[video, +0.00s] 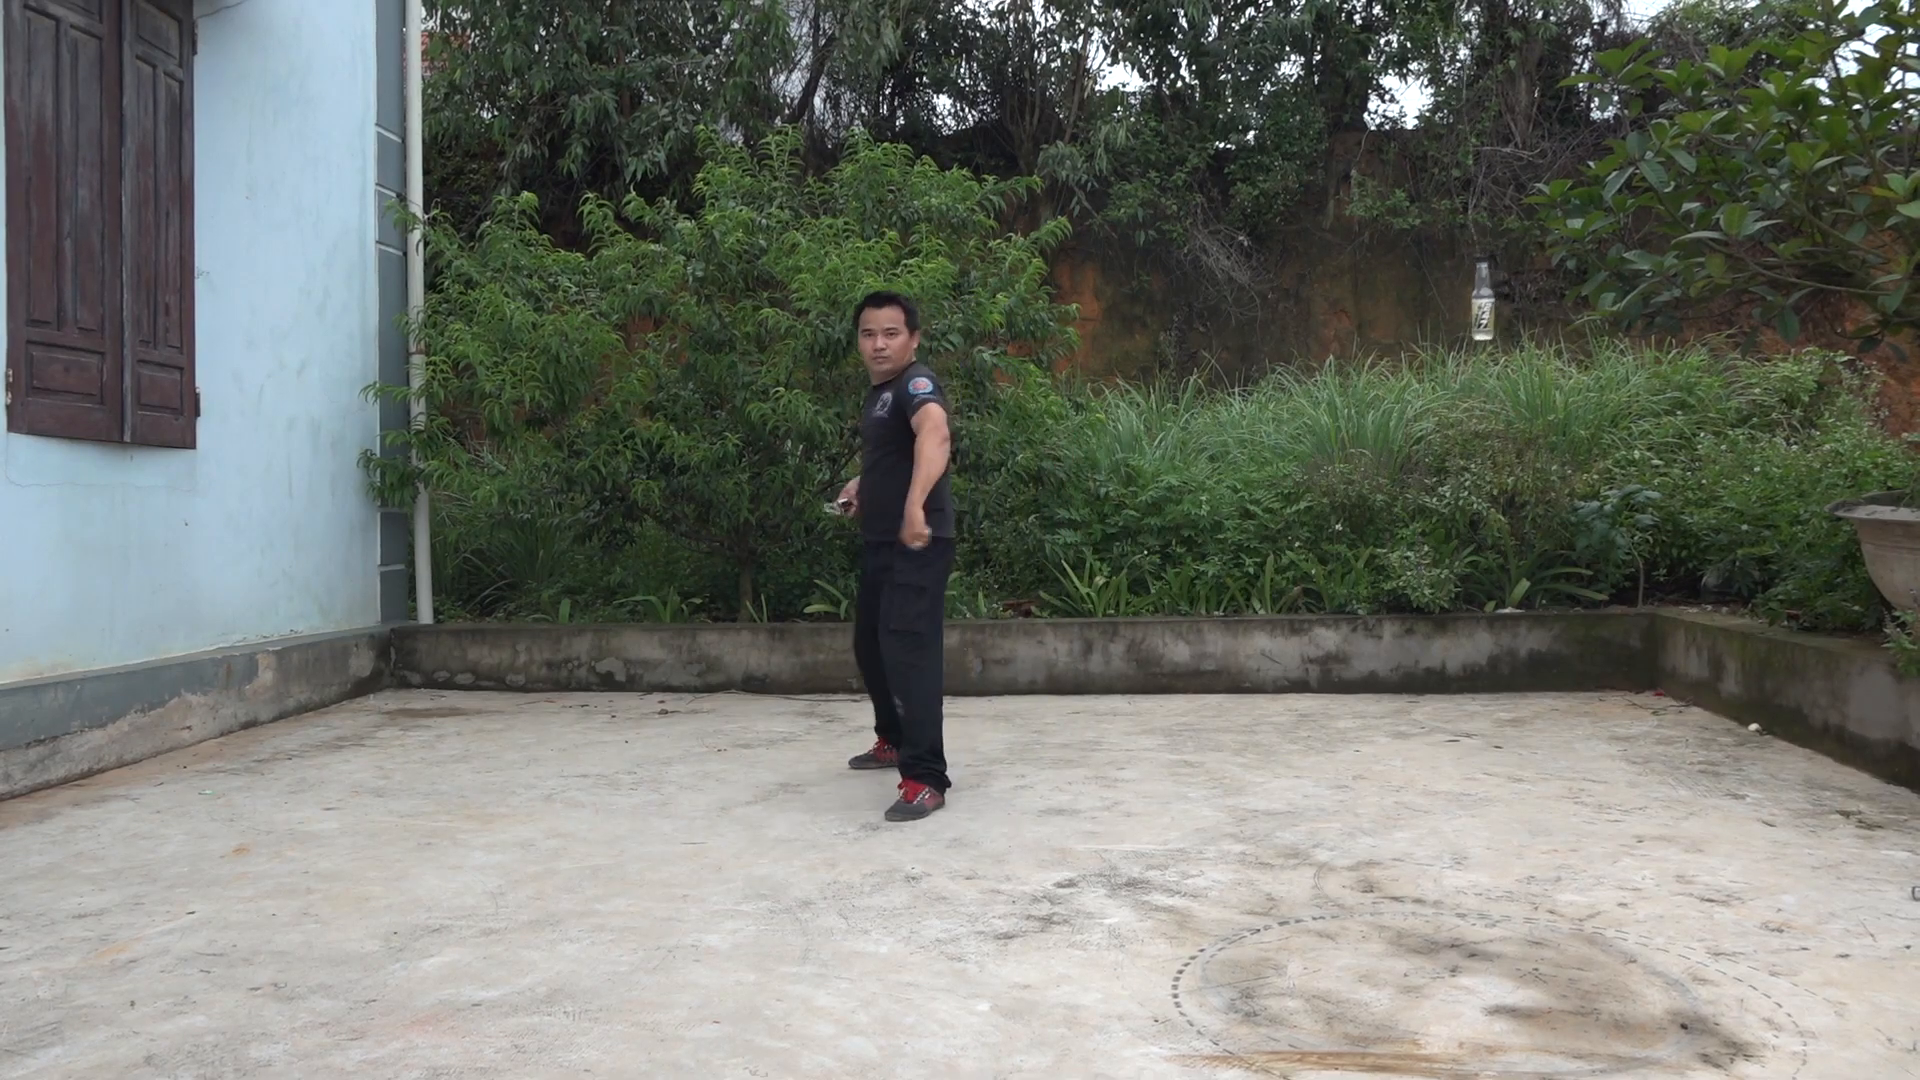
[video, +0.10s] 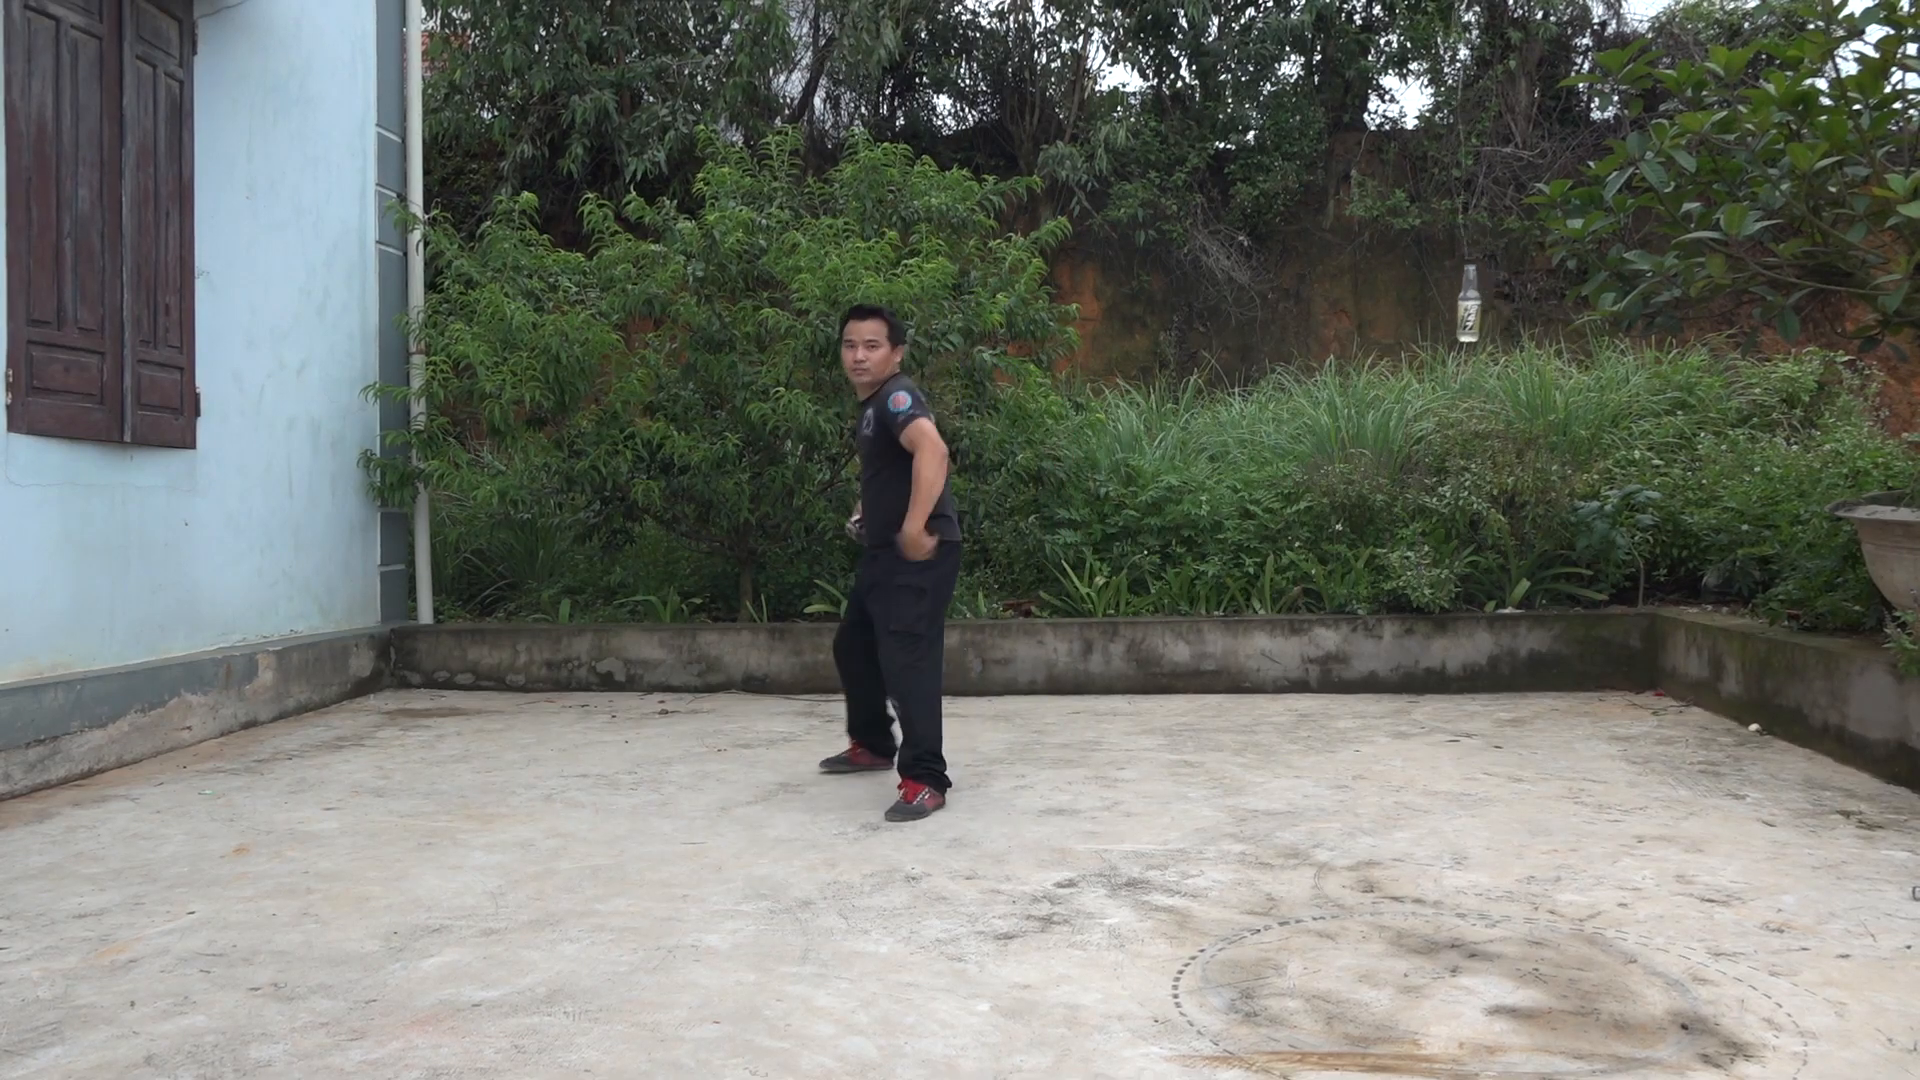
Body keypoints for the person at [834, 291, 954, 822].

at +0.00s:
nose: (879, 343)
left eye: (891, 333)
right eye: (869, 334)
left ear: (912, 340)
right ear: (858, 342)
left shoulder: (916, 383)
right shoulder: (880, 394)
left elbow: (935, 438)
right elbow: (890, 457)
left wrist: (914, 507)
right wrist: (863, 485)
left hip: (916, 543)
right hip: (881, 544)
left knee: (910, 649)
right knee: (873, 646)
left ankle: (927, 779)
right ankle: (895, 743)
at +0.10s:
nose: (859, 355)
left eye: (872, 345)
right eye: (851, 346)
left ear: (896, 354)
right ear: (841, 354)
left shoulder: (897, 398)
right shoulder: (873, 407)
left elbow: (932, 451)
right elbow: (889, 469)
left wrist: (915, 524)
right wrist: (868, 509)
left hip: (916, 551)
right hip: (884, 551)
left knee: (908, 657)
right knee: (854, 647)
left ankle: (926, 779)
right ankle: (872, 745)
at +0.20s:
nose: (847, 362)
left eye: (859, 352)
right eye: (839, 353)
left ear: (883, 360)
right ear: (830, 362)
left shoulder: (892, 414)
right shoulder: (861, 415)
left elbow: (913, 495)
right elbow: (890, 488)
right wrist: (874, 537)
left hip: (931, 555)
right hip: (888, 556)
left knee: (939, 666)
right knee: (853, 649)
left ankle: (937, 775)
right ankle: (867, 746)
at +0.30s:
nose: (864, 358)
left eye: (874, 348)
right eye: (852, 350)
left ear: (892, 356)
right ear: (839, 362)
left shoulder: (905, 405)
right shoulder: (848, 417)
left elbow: (849, 458)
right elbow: (837, 469)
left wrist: (787, 410)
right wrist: (835, 524)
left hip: (940, 550)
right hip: (885, 555)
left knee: (968, 643)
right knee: (851, 643)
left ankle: (1005, 755)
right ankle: (868, 747)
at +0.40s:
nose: (877, 343)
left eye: (883, 335)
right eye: (866, 338)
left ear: (898, 344)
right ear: (851, 354)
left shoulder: (919, 385)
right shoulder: (853, 405)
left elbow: (891, 331)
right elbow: (811, 423)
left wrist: (829, 292)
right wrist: (775, 441)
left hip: (948, 547)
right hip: (888, 551)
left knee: (993, 643)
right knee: (857, 642)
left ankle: (1045, 745)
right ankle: (868, 746)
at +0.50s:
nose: (914, 328)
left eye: (916, 319)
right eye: (900, 322)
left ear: (926, 326)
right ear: (872, 339)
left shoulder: (946, 359)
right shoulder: (859, 384)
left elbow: (984, 291)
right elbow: (800, 374)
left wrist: (1013, 222)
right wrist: (803, 305)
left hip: (962, 529)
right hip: (894, 538)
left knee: (1010, 626)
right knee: (875, 640)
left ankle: (1030, 720)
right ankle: (869, 744)